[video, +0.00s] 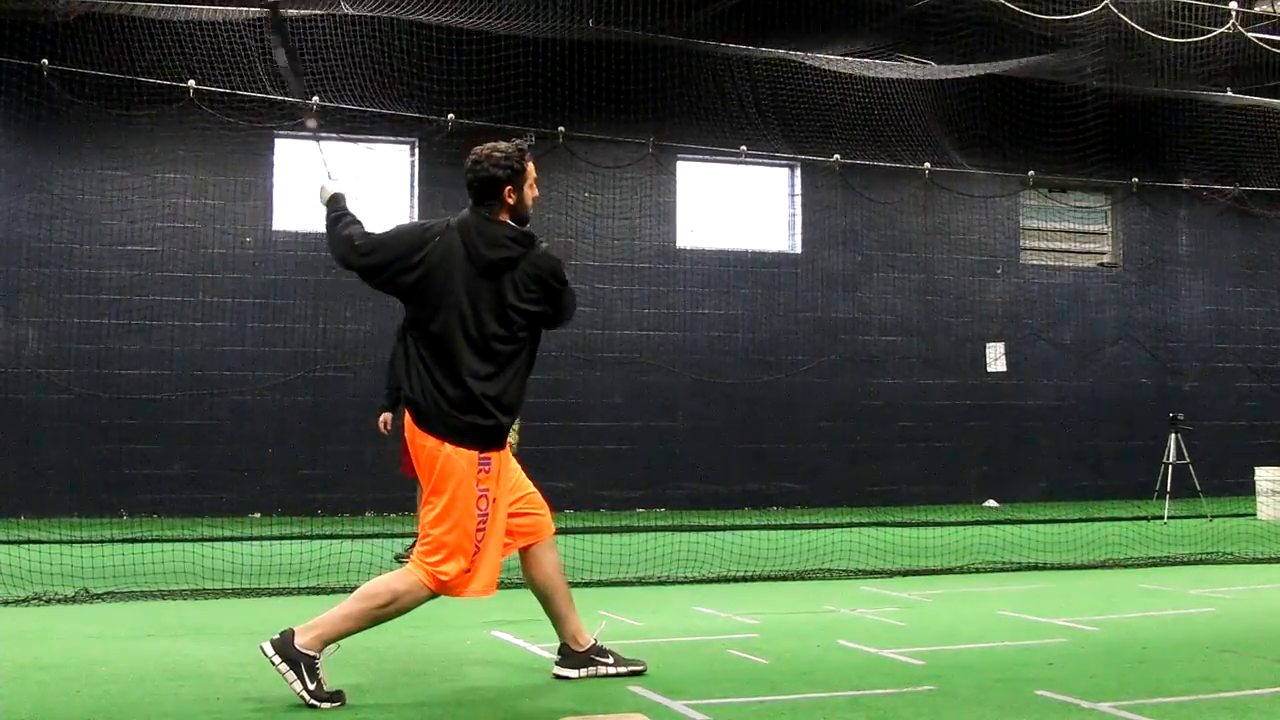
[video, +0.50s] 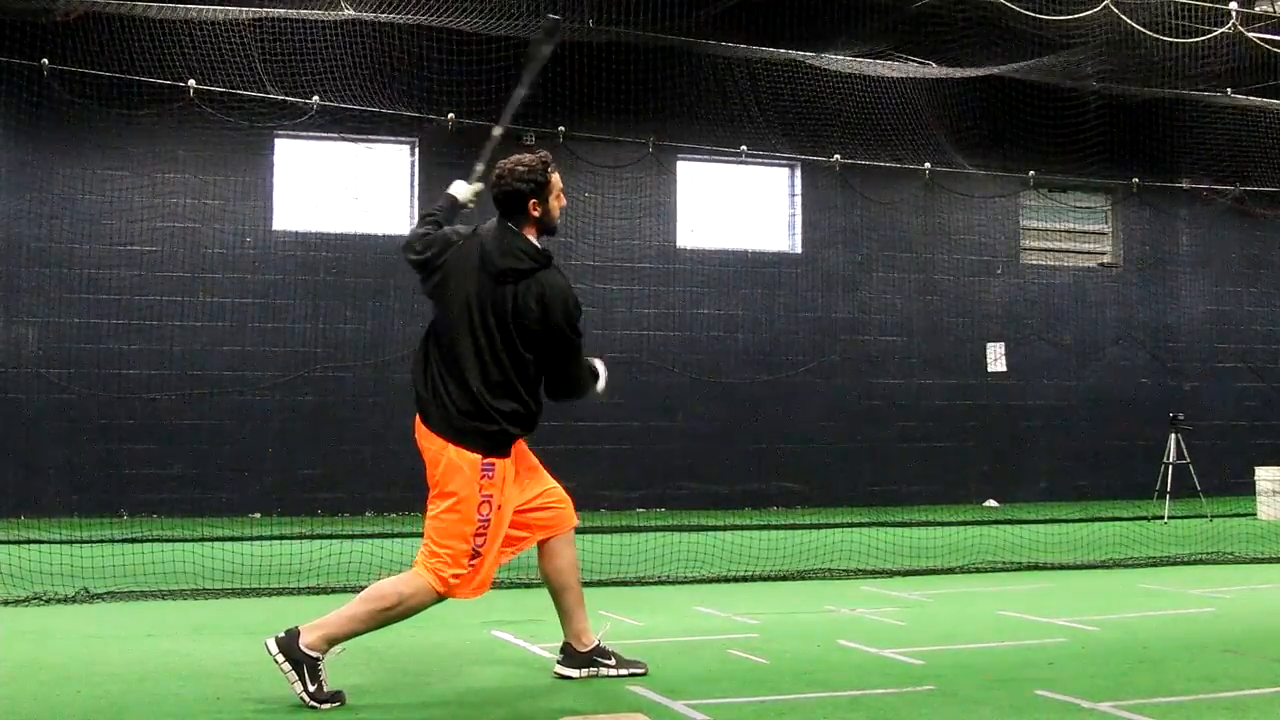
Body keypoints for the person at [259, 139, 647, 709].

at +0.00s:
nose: (537, 190)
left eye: (534, 180)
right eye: (532, 182)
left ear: (477, 191)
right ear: (513, 193)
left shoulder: (433, 241)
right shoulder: (534, 263)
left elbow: (354, 251)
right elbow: (562, 310)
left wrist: (336, 206)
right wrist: (524, 246)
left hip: (431, 423)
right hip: (471, 438)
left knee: (534, 525)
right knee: (436, 571)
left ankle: (578, 647)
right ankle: (301, 644)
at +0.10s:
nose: (542, 190)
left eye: (540, 180)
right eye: (537, 183)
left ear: (482, 192)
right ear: (519, 194)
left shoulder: (436, 240)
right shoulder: (537, 267)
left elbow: (365, 246)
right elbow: (567, 320)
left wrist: (357, 198)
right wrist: (522, 267)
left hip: (434, 424)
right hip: (474, 439)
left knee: (538, 524)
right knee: (440, 571)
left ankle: (579, 648)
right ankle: (303, 644)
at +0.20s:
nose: (547, 193)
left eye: (545, 183)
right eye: (542, 185)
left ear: (489, 196)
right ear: (521, 198)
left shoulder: (440, 242)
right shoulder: (543, 270)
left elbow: (378, 246)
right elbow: (570, 335)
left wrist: (378, 202)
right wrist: (519, 291)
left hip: (437, 424)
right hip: (475, 440)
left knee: (542, 524)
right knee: (441, 573)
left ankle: (580, 647)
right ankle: (303, 644)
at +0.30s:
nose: (553, 195)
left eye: (549, 186)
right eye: (547, 188)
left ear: (498, 201)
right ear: (524, 202)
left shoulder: (446, 245)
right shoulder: (544, 277)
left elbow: (390, 243)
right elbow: (572, 349)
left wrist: (403, 193)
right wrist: (572, 307)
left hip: (441, 426)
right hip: (475, 443)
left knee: (546, 522)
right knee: (441, 575)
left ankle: (580, 647)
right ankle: (303, 644)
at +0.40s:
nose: (557, 200)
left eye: (554, 190)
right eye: (553, 192)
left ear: (502, 203)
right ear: (529, 204)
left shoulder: (450, 248)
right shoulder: (547, 284)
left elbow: (403, 241)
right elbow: (569, 365)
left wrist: (427, 195)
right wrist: (589, 339)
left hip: (443, 424)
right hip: (477, 444)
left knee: (549, 519)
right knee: (441, 576)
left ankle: (580, 647)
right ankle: (304, 644)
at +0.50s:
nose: (564, 199)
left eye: (561, 191)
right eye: (558, 193)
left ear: (512, 204)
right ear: (535, 205)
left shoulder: (458, 246)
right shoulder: (548, 289)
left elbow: (420, 241)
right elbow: (565, 382)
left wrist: (451, 200)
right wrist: (594, 374)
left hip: (449, 421)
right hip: (478, 442)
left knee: (553, 515)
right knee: (442, 575)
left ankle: (581, 647)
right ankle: (304, 644)